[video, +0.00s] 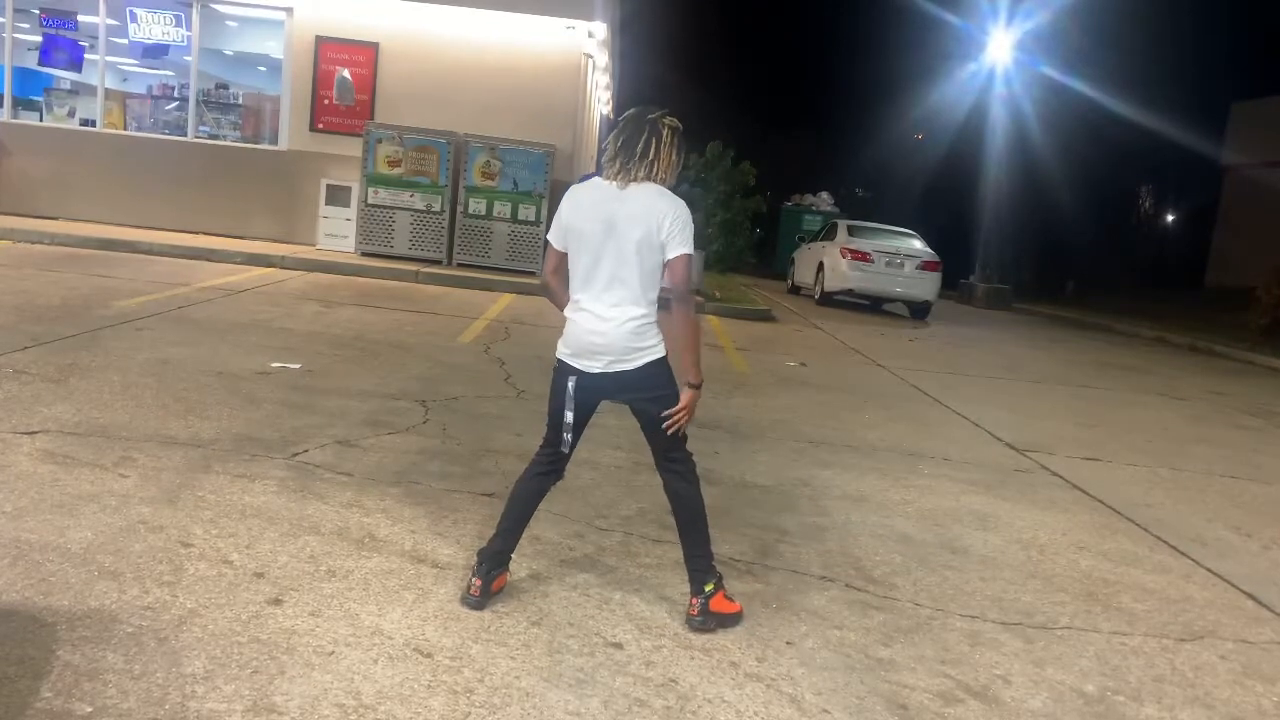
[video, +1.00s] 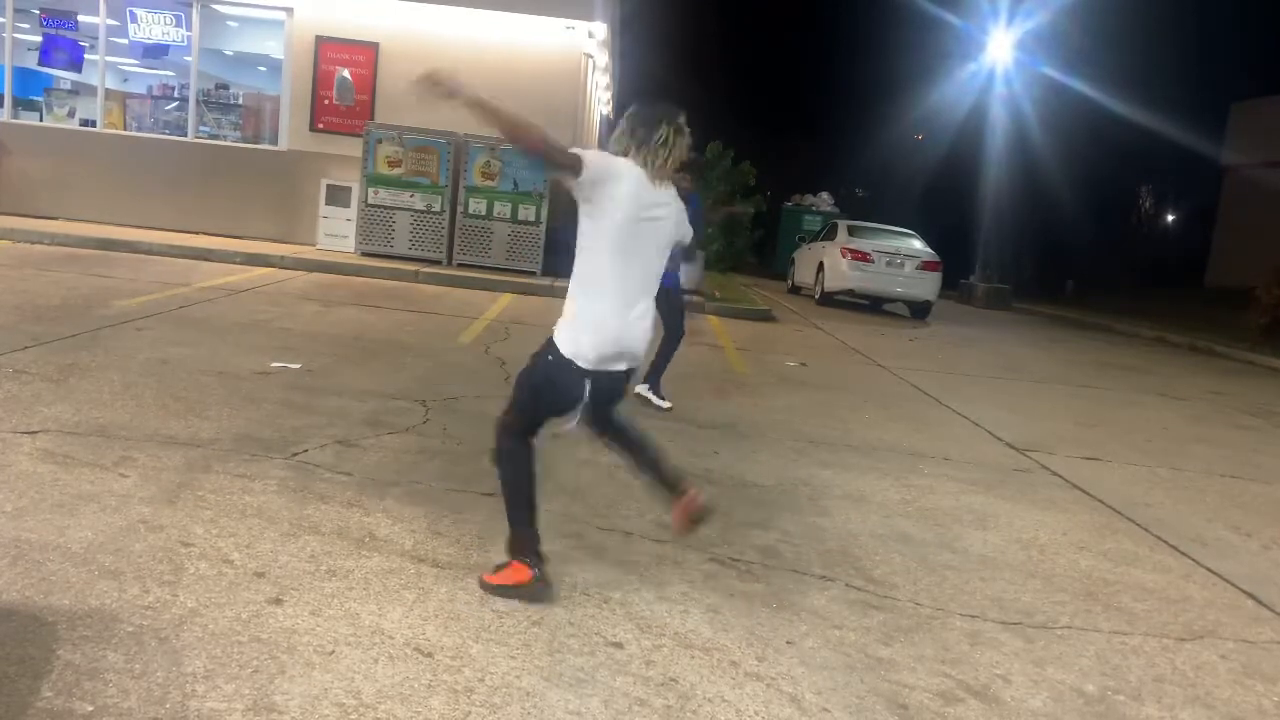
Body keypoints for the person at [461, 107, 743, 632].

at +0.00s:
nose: (675, 161)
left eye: (675, 153)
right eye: (673, 152)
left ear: (615, 145)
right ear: (662, 152)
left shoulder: (576, 196)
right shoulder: (670, 208)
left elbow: (552, 275)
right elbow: (678, 298)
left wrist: (584, 316)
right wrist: (692, 380)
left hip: (578, 359)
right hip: (645, 362)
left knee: (548, 461)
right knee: (677, 468)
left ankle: (486, 571)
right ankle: (705, 591)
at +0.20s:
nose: (673, 164)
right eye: (671, 155)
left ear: (613, 150)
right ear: (662, 157)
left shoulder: (582, 204)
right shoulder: (673, 204)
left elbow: (553, 283)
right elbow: (728, 261)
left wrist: (588, 323)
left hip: (584, 362)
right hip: (648, 363)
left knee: (550, 460)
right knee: (683, 465)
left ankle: (486, 570)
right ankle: (707, 593)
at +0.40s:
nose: (663, 169)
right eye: (661, 160)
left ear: (606, 150)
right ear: (653, 161)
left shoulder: (562, 198)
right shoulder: (657, 213)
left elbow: (540, 281)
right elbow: (715, 267)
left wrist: (567, 319)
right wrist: (787, 306)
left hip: (571, 362)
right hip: (637, 361)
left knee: (543, 460)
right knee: (669, 462)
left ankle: (514, 575)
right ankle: (706, 585)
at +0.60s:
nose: (597, 157)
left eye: (601, 150)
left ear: (607, 154)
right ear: (653, 161)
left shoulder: (583, 199)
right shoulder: (668, 220)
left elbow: (502, 252)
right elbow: (656, 316)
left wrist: (532, 300)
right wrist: (627, 365)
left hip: (553, 347)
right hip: (600, 361)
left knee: (520, 454)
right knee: (499, 394)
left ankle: (528, 572)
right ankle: (424, 433)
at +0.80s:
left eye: (610, 147)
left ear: (612, 154)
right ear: (662, 168)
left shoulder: (585, 197)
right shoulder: (668, 222)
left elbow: (497, 237)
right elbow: (703, 298)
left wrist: (506, 293)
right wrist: (735, 374)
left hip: (551, 351)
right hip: (579, 356)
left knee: (513, 453)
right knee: (467, 353)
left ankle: (530, 570)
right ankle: (351, 362)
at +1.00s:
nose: (616, 131)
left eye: (622, 126)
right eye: (622, 129)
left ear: (628, 134)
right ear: (672, 150)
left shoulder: (605, 170)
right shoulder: (674, 204)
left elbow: (536, 142)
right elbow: (678, 249)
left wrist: (466, 96)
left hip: (581, 342)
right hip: (635, 345)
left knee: (513, 431)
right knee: (603, 416)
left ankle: (525, 562)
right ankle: (680, 493)